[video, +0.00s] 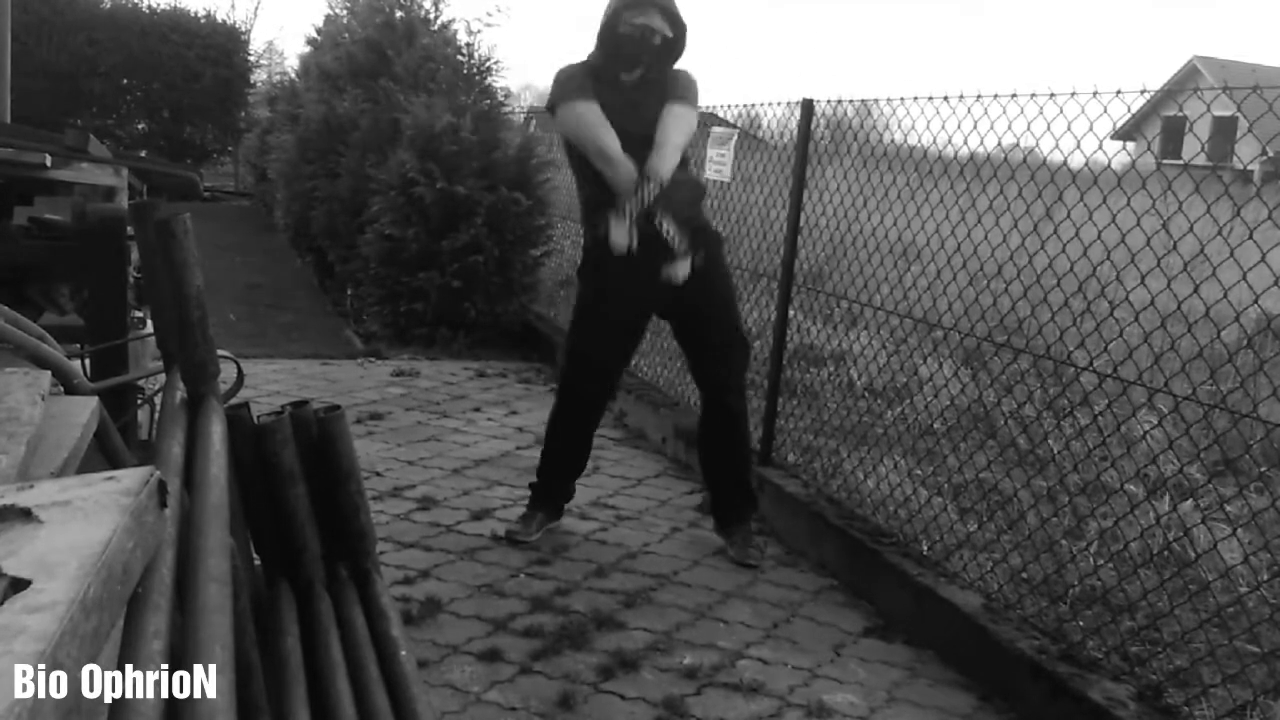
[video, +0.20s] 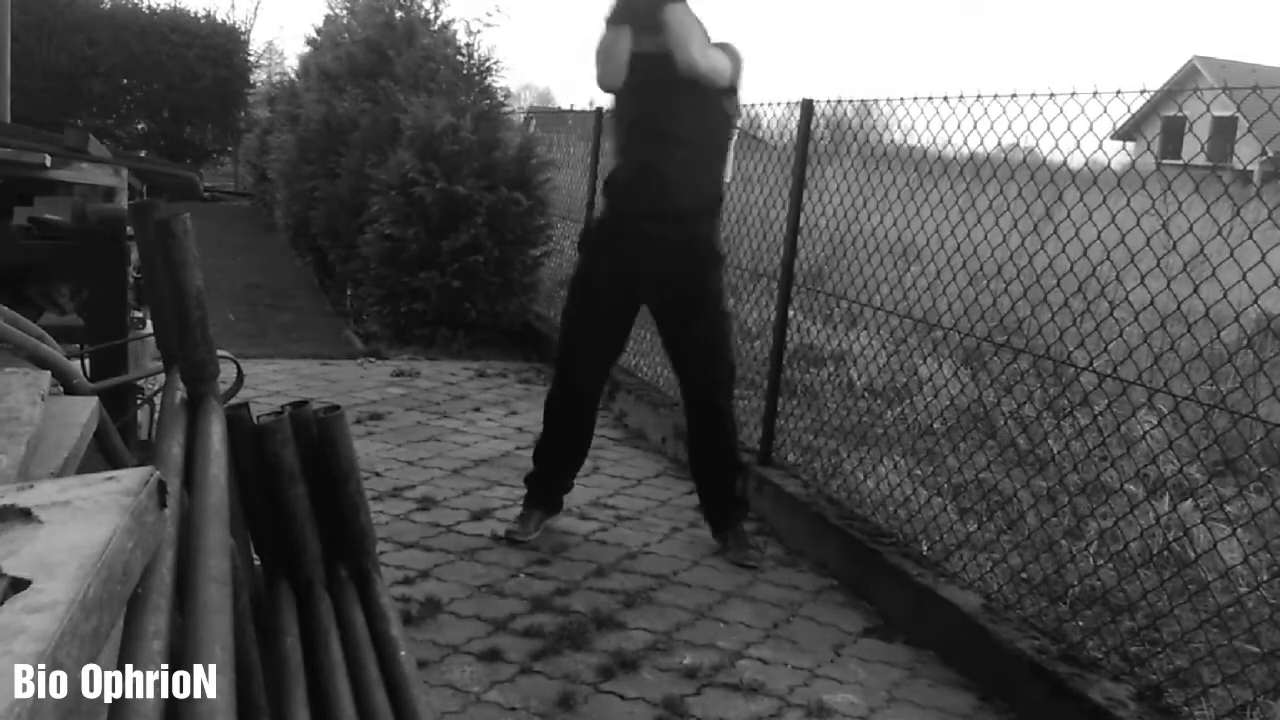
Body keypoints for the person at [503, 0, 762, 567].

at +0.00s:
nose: (644, 44)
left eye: (657, 37)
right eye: (634, 30)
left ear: (670, 46)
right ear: (611, 29)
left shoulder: (679, 85)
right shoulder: (572, 82)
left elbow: (672, 144)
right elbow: (603, 152)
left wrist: (648, 190)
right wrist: (647, 214)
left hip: (689, 255)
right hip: (615, 254)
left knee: (725, 378)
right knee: (584, 383)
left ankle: (736, 518)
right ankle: (546, 503)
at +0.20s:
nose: (657, 35)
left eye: (667, 26)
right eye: (647, 30)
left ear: (691, 22)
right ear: (643, 23)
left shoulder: (726, 61)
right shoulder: (628, 57)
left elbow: (693, 58)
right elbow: (607, 75)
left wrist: (671, 0)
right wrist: (623, 12)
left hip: (688, 247)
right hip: (616, 241)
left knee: (710, 387)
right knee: (577, 375)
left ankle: (728, 519)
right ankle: (542, 498)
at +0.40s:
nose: (669, 66)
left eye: (682, 55)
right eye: (660, 55)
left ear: (712, 52)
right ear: (652, 58)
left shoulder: (750, 103)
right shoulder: (652, 102)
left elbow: (737, 151)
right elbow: (612, 171)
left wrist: (734, 83)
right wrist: (617, 105)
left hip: (680, 267)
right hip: (616, 253)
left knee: (694, 399)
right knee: (566, 370)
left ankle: (723, 525)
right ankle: (544, 497)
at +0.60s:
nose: (682, 52)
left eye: (696, 44)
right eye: (672, 40)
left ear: (712, 38)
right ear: (656, 26)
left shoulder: (729, 75)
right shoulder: (623, 54)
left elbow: (771, 139)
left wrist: (744, 138)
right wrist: (593, 82)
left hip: (685, 259)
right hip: (610, 249)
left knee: (707, 389)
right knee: (567, 376)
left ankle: (727, 524)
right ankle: (542, 500)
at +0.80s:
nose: (672, 59)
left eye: (683, 52)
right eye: (662, 46)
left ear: (694, 55)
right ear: (638, 39)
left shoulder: (680, 109)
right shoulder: (599, 77)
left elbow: (674, 188)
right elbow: (554, 115)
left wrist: (707, 159)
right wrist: (529, 150)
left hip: (685, 262)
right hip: (615, 260)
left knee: (716, 386)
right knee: (582, 386)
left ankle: (734, 520)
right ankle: (545, 504)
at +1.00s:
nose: (653, 34)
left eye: (659, 26)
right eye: (651, 24)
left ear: (620, 13)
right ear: (671, 16)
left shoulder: (696, 66)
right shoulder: (589, 67)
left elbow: (764, 63)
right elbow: (552, 134)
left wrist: (741, 13)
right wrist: (583, 178)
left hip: (689, 245)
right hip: (613, 244)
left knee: (721, 380)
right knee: (576, 376)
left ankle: (736, 519)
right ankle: (544, 502)